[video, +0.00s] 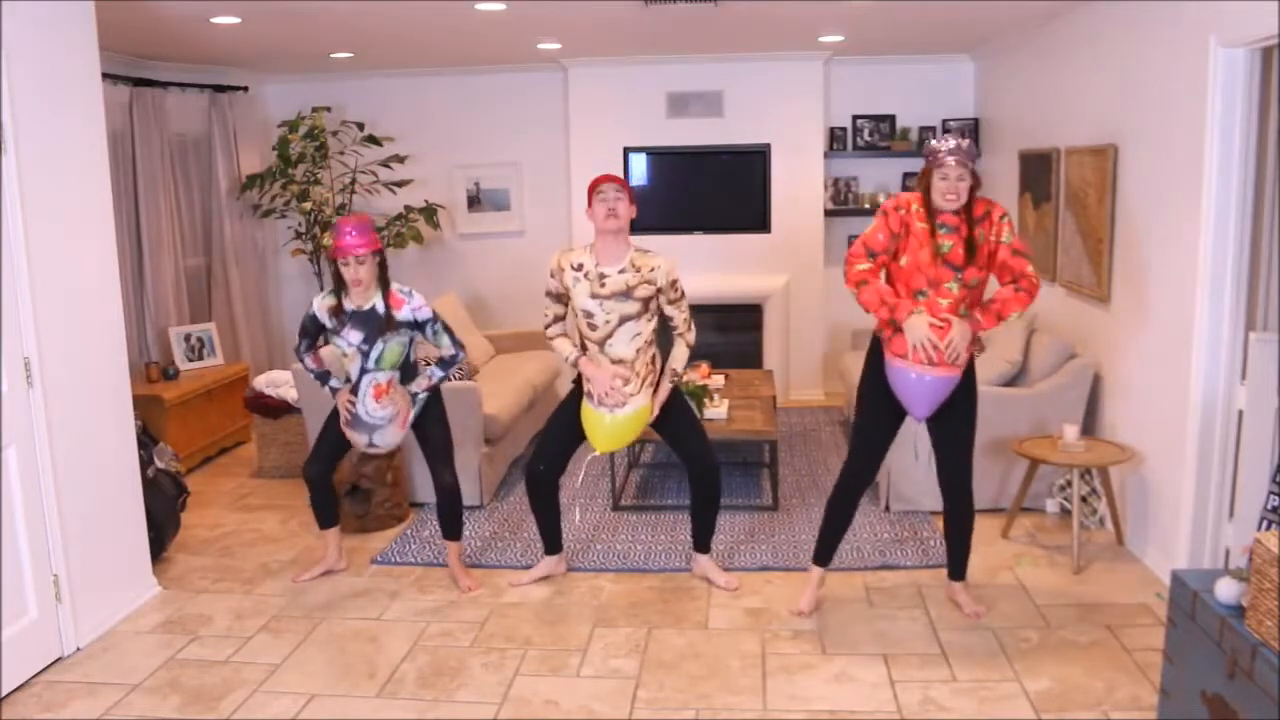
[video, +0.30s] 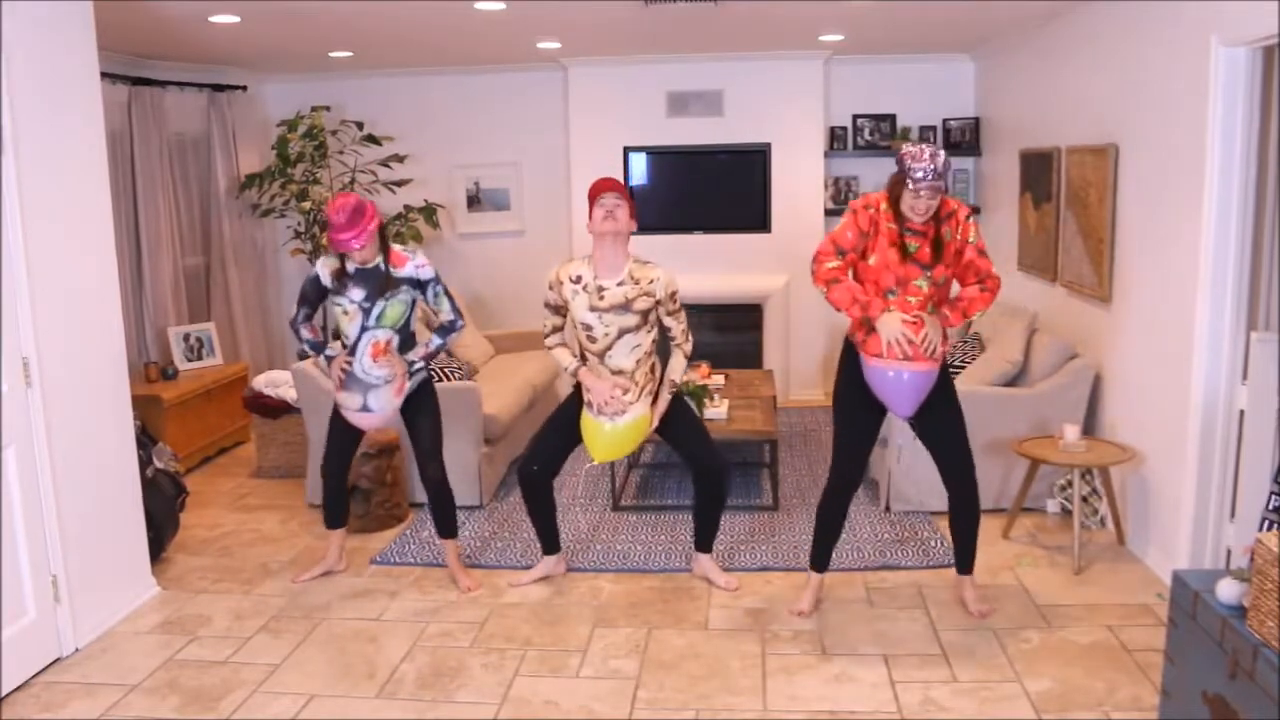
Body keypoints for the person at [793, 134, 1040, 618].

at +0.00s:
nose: (952, 187)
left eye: (961, 179)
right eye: (943, 178)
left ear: (973, 182)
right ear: (927, 179)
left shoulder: (991, 220)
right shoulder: (900, 211)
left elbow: (1024, 282)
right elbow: (857, 265)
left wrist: (974, 324)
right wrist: (904, 315)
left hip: (955, 360)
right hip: (893, 354)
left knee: (957, 476)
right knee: (859, 469)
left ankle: (957, 582)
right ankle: (816, 574)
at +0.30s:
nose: (921, 204)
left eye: (930, 196)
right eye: (914, 194)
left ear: (942, 192)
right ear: (898, 187)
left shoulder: (957, 219)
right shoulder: (868, 213)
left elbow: (985, 282)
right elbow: (826, 266)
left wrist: (945, 318)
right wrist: (875, 312)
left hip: (928, 361)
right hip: (866, 357)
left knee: (961, 475)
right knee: (845, 471)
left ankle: (965, 580)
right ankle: (814, 579)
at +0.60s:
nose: (932, 216)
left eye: (940, 208)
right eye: (923, 208)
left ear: (952, 201)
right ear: (906, 199)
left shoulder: (972, 225)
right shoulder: (877, 220)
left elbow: (1002, 285)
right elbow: (833, 272)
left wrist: (955, 314)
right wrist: (883, 310)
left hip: (943, 358)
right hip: (883, 354)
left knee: (968, 475)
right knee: (846, 469)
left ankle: (971, 584)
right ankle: (800, 578)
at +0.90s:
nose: (924, 221)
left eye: (933, 214)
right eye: (917, 211)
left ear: (944, 209)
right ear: (901, 202)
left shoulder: (959, 235)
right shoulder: (868, 225)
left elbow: (983, 294)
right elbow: (820, 275)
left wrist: (941, 320)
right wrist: (875, 311)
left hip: (926, 366)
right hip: (866, 363)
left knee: (964, 485)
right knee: (837, 484)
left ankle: (970, 584)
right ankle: (802, 590)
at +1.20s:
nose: (917, 217)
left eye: (927, 209)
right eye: (910, 207)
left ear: (937, 207)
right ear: (893, 199)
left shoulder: (950, 236)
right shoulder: (858, 229)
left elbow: (976, 296)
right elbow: (812, 284)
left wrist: (938, 320)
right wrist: (868, 314)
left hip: (921, 368)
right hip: (861, 366)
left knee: (964, 486)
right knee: (833, 485)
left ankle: (971, 585)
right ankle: (801, 592)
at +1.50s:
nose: (920, 208)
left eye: (928, 200)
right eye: (912, 198)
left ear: (936, 202)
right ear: (890, 195)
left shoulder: (948, 238)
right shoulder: (856, 235)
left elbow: (973, 298)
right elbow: (812, 290)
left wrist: (938, 324)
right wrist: (868, 318)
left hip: (922, 370)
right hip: (861, 368)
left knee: (967, 487)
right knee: (832, 486)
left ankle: (971, 584)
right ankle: (801, 591)